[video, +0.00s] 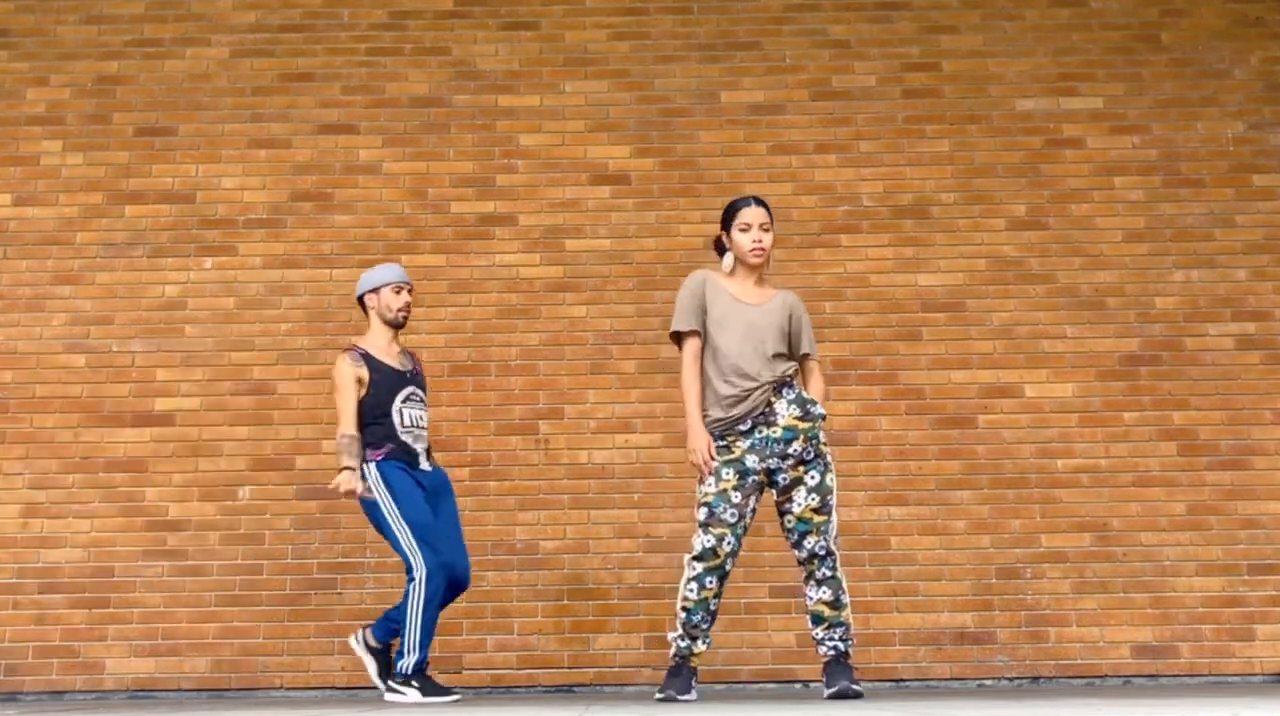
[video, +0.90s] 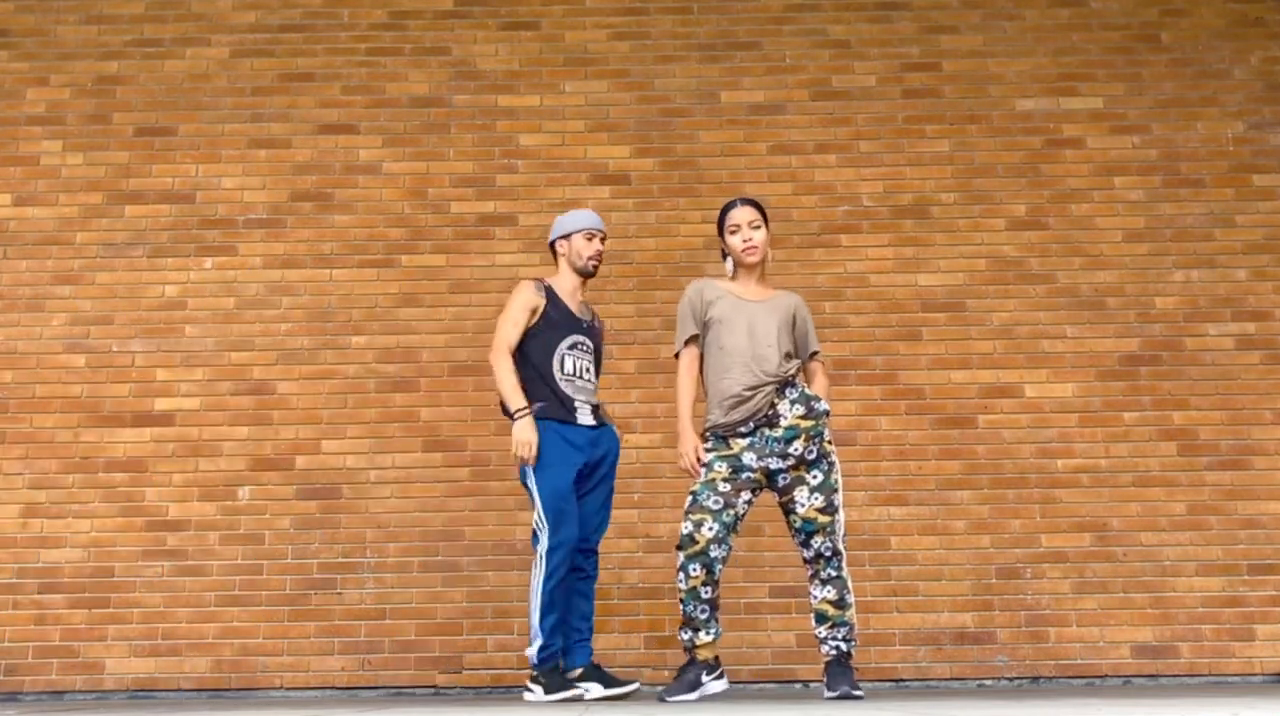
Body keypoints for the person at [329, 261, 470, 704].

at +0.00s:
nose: (407, 299)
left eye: (410, 292)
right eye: (397, 291)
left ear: (410, 301)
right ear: (370, 300)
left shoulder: (413, 361)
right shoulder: (351, 362)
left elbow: (413, 426)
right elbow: (347, 428)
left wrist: (430, 466)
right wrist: (350, 466)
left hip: (426, 471)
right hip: (383, 471)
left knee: (456, 572)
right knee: (427, 565)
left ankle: (376, 637)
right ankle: (408, 674)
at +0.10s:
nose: (432, 281)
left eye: (434, 275)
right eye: (422, 273)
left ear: (429, 285)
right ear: (394, 281)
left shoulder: (425, 341)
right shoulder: (373, 339)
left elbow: (427, 403)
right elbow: (370, 408)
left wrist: (444, 443)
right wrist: (393, 441)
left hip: (447, 459)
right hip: (404, 461)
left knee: (482, 548)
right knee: (426, 561)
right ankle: (406, 673)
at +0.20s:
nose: (454, 271)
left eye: (456, 265)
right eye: (445, 263)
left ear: (449, 273)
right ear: (417, 268)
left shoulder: (439, 330)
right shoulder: (395, 323)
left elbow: (438, 393)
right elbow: (394, 389)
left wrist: (460, 428)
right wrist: (430, 409)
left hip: (463, 450)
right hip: (421, 452)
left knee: (493, 549)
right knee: (427, 559)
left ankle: (512, 658)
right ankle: (407, 672)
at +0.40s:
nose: (496, 280)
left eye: (498, 274)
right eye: (488, 271)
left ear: (486, 283)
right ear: (460, 277)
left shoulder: (474, 339)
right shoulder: (438, 327)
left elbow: (467, 395)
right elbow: (444, 375)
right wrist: (494, 372)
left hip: (493, 464)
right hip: (454, 463)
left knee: (521, 566)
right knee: (452, 569)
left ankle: (558, 662)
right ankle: (408, 672)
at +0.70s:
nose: (567, 263)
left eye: (568, 257)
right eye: (558, 254)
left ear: (556, 266)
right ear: (529, 259)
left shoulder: (540, 315)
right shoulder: (512, 301)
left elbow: (543, 384)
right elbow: (508, 367)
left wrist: (568, 430)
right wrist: (514, 438)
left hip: (568, 447)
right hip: (529, 446)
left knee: (569, 560)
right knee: (512, 554)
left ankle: (575, 667)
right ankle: (443, 639)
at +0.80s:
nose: (586, 255)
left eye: (588, 249)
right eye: (577, 246)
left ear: (581, 260)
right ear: (548, 253)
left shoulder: (567, 319)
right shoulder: (524, 295)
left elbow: (566, 385)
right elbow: (507, 365)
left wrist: (587, 428)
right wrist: (514, 434)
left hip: (584, 443)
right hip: (544, 441)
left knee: (577, 556)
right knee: (539, 549)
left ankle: (577, 667)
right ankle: (486, 651)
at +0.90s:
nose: (599, 247)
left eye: (602, 240)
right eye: (589, 238)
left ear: (600, 252)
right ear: (561, 246)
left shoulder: (591, 320)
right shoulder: (532, 291)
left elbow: (583, 385)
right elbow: (499, 354)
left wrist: (604, 424)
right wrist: (521, 416)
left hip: (596, 439)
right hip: (551, 436)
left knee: (585, 550)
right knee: (558, 544)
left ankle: (578, 664)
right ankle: (547, 665)